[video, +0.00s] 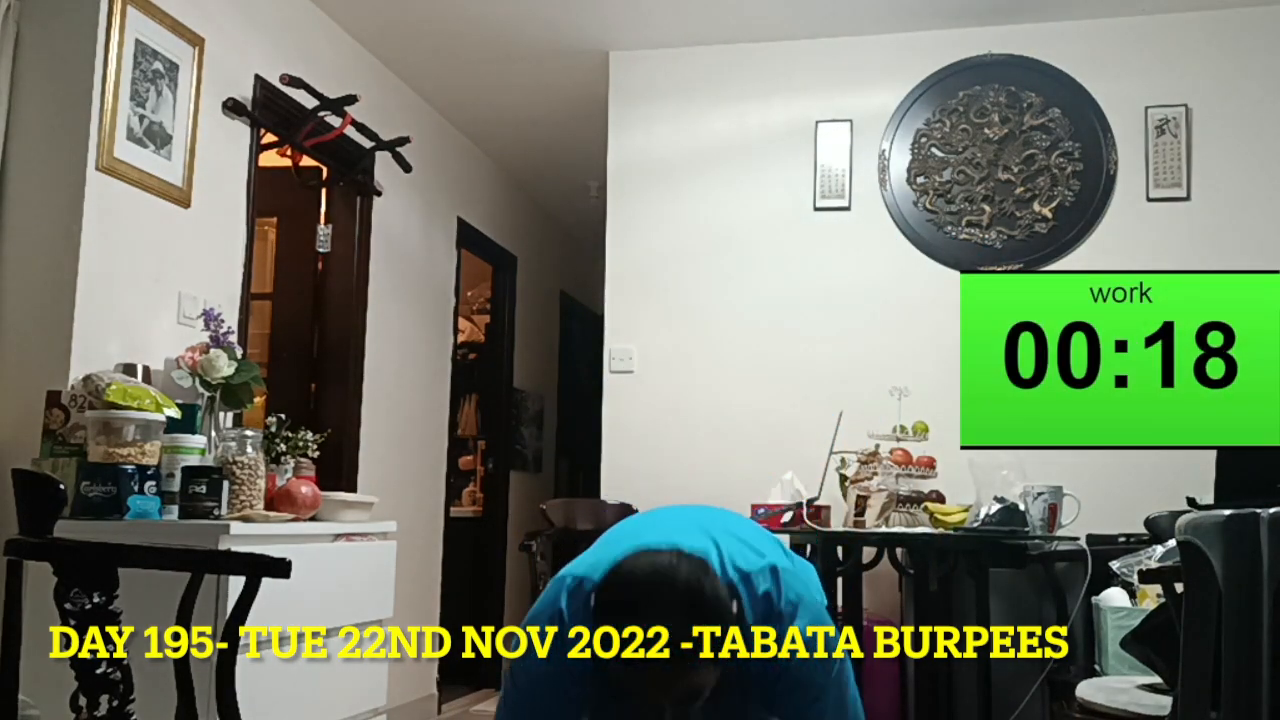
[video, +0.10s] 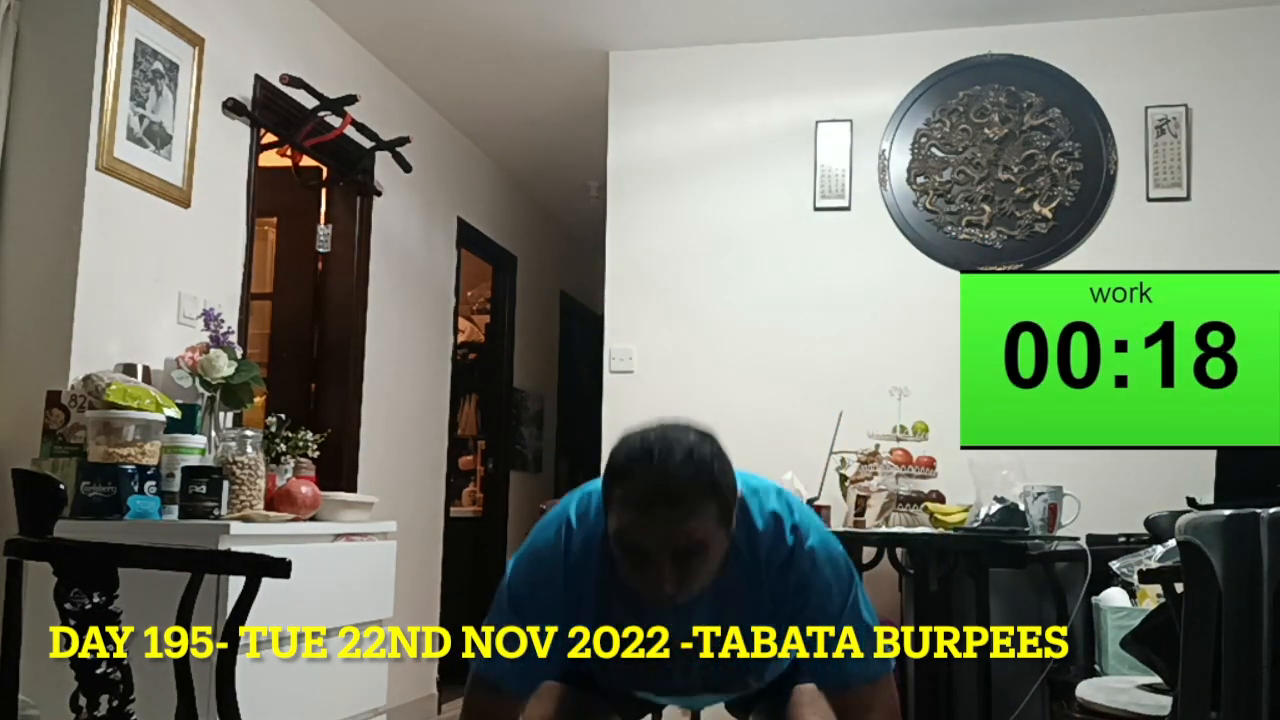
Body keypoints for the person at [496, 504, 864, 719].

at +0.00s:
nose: (670, 719)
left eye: (690, 701)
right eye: (648, 702)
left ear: (728, 648)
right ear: (598, 652)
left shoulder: (794, 617)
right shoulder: (552, 628)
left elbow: (835, 713)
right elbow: (520, 713)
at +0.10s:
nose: (663, 579)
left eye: (688, 555)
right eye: (638, 555)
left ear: (729, 525)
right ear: (609, 524)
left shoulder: (799, 549)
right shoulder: (559, 547)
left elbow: (877, 709)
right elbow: (484, 709)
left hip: (758, 665)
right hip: (616, 667)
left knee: (811, 702)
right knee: (550, 700)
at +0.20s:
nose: (667, 438)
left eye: (693, 409)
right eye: (643, 408)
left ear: (736, 390)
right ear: (615, 390)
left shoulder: (799, 460)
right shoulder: (573, 453)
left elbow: (858, 616)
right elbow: (526, 612)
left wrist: (763, 707)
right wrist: (597, 704)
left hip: (764, 620)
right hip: (619, 619)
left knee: (815, 709)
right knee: (551, 706)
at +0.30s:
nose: (675, 299)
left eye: (700, 272)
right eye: (653, 272)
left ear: (740, 274)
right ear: (626, 270)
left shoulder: (801, 380)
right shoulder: (578, 372)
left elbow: (848, 511)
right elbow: (540, 491)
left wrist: (777, 559)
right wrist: (567, 550)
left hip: (767, 612)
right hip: (623, 603)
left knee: (811, 711)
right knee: (558, 707)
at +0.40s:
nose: (686, 185)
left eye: (708, 160)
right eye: (664, 161)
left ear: (742, 167)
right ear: (635, 172)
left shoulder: (791, 277)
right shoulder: (581, 279)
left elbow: (925, 364)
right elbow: (476, 376)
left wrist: (856, 329)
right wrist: (493, 322)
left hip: (767, 584)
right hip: (620, 583)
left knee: (802, 708)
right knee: (578, 710)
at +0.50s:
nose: (689, 71)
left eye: (712, 50)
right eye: (667, 52)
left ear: (741, 65)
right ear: (638, 67)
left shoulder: (792, 166)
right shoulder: (583, 169)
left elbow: (933, 157)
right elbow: (452, 175)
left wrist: (887, 70)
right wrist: (466, 66)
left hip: (762, 498)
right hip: (628, 499)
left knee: (783, 694)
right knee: (619, 697)